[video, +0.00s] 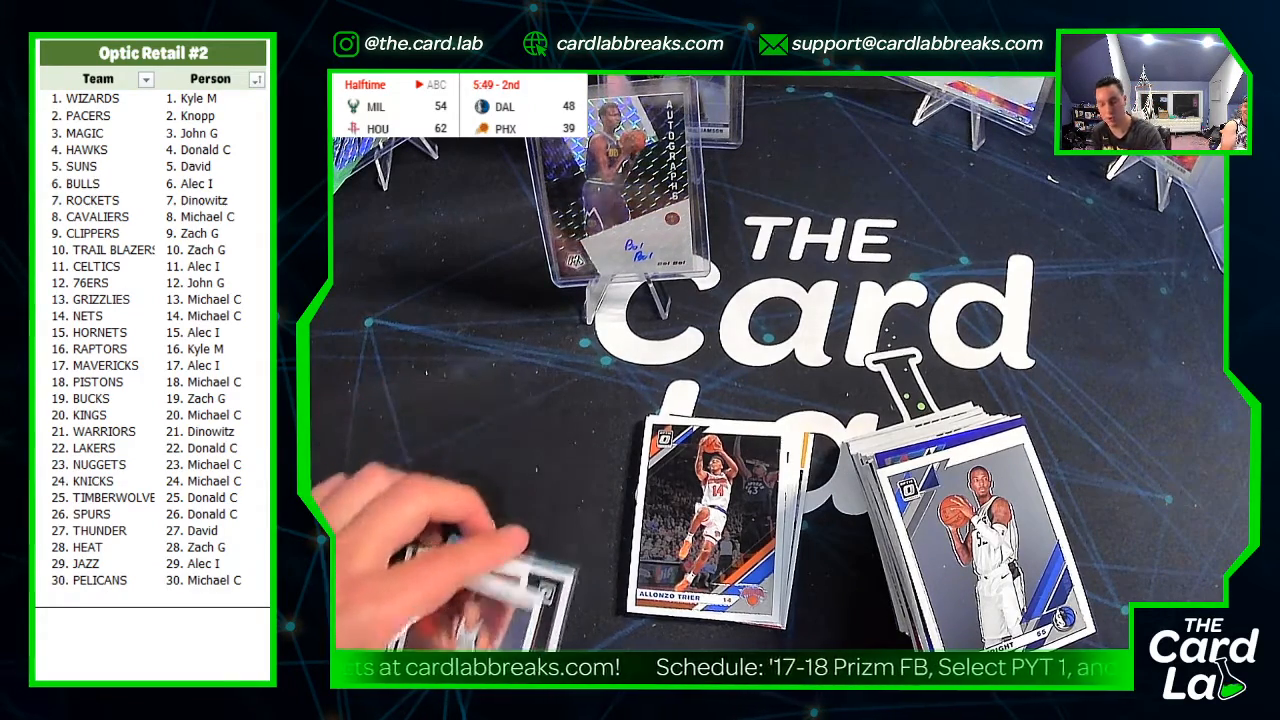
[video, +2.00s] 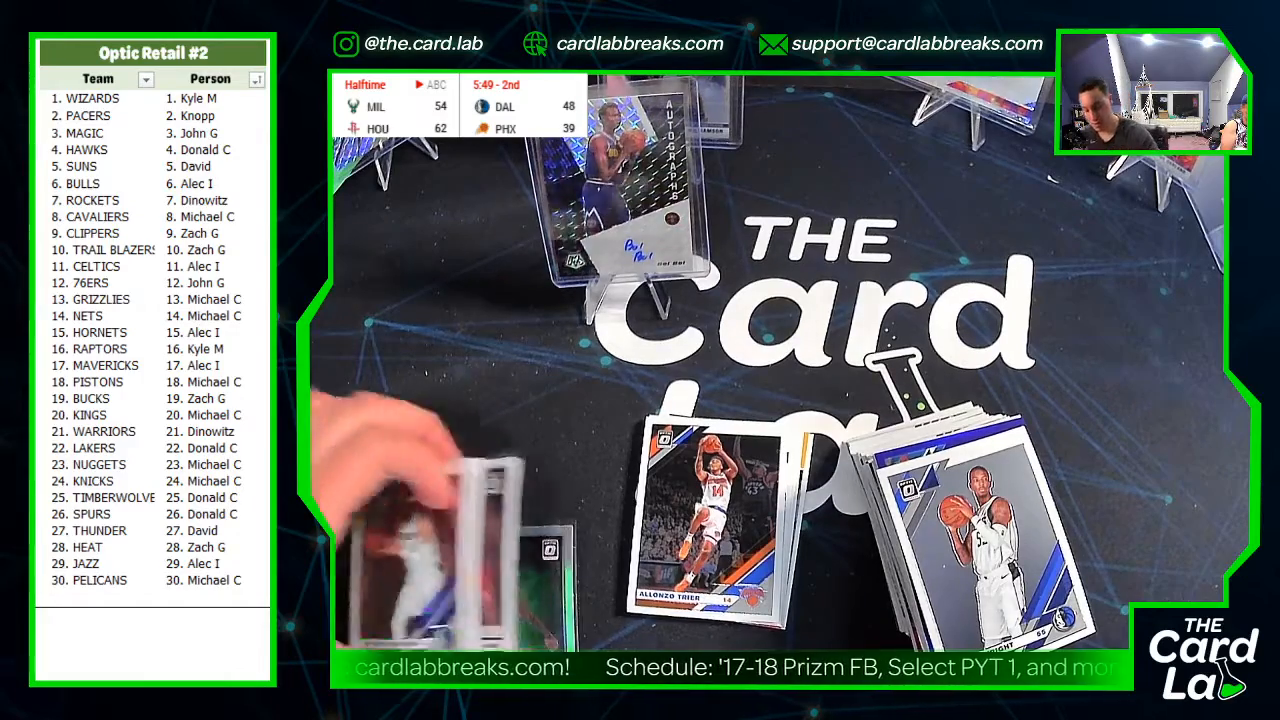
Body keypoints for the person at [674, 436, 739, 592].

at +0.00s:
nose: (714, 463)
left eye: (717, 461)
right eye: (713, 461)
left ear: (721, 465)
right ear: (710, 465)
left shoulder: (727, 476)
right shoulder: (706, 476)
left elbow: (734, 468)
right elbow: (698, 470)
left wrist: (722, 452)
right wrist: (700, 451)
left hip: (721, 512)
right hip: (706, 507)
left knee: (707, 550)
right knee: (704, 512)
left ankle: (688, 578)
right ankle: (688, 540)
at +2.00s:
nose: (715, 463)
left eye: (717, 462)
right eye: (713, 461)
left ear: (721, 465)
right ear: (709, 465)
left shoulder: (727, 476)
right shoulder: (706, 477)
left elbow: (734, 469)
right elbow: (698, 470)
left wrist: (721, 452)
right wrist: (700, 450)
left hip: (720, 513)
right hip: (706, 507)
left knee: (707, 549)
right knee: (704, 511)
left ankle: (688, 578)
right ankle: (688, 540)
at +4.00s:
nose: (714, 464)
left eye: (717, 462)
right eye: (712, 461)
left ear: (721, 466)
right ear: (709, 465)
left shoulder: (727, 476)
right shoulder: (705, 477)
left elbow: (734, 469)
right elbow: (698, 471)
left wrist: (721, 452)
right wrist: (700, 450)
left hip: (720, 513)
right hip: (705, 507)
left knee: (707, 550)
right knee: (705, 512)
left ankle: (688, 580)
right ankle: (688, 540)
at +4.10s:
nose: (714, 464)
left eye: (717, 462)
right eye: (713, 462)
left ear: (721, 465)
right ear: (709, 465)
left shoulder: (727, 476)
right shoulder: (705, 477)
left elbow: (734, 469)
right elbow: (698, 471)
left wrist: (722, 452)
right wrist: (700, 451)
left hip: (720, 513)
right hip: (706, 507)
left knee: (707, 550)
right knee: (705, 512)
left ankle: (688, 580)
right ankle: (688, 540)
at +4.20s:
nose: (714, 464)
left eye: (717, 462)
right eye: (712, 462)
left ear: (721, 465)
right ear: (709, 464)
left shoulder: (726, 476)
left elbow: (734, 468)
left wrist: (722, 453)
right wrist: (700, 449)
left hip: (719, 510)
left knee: (708, 544)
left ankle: (708, 576)